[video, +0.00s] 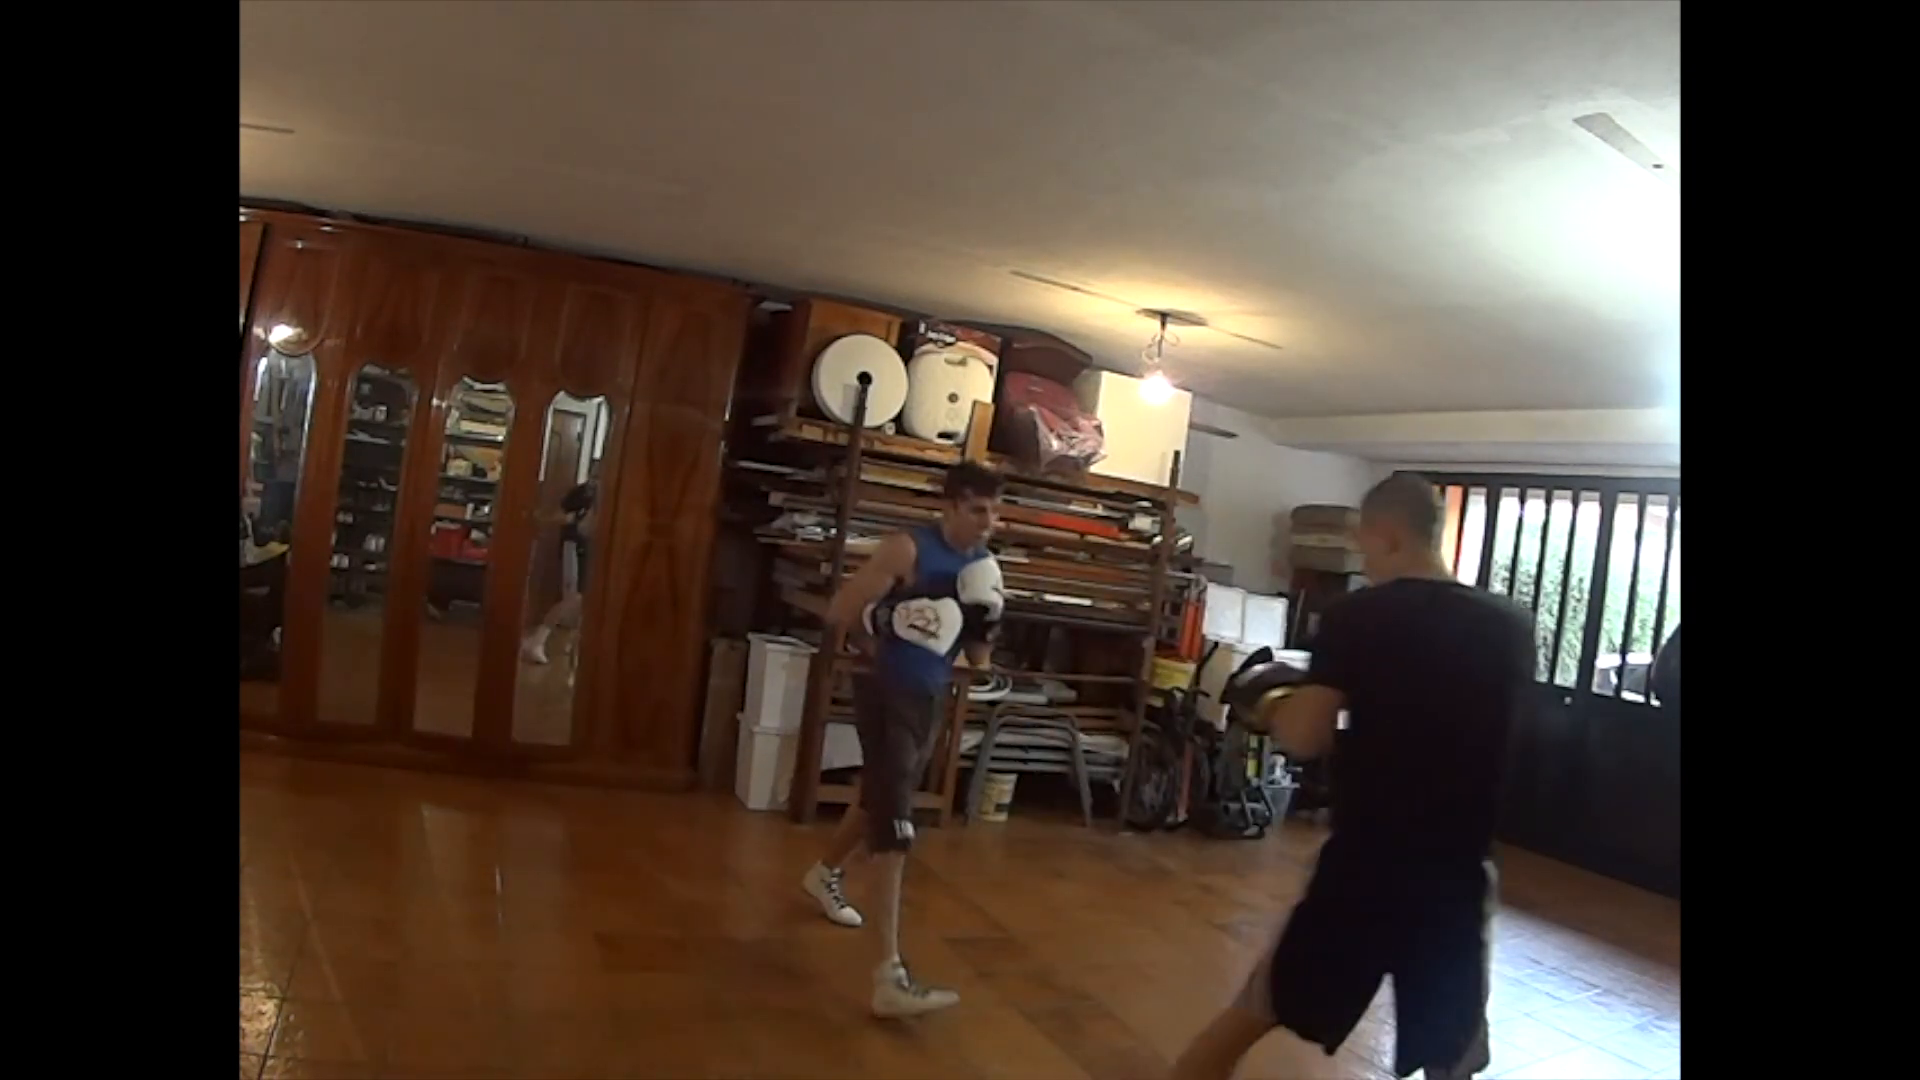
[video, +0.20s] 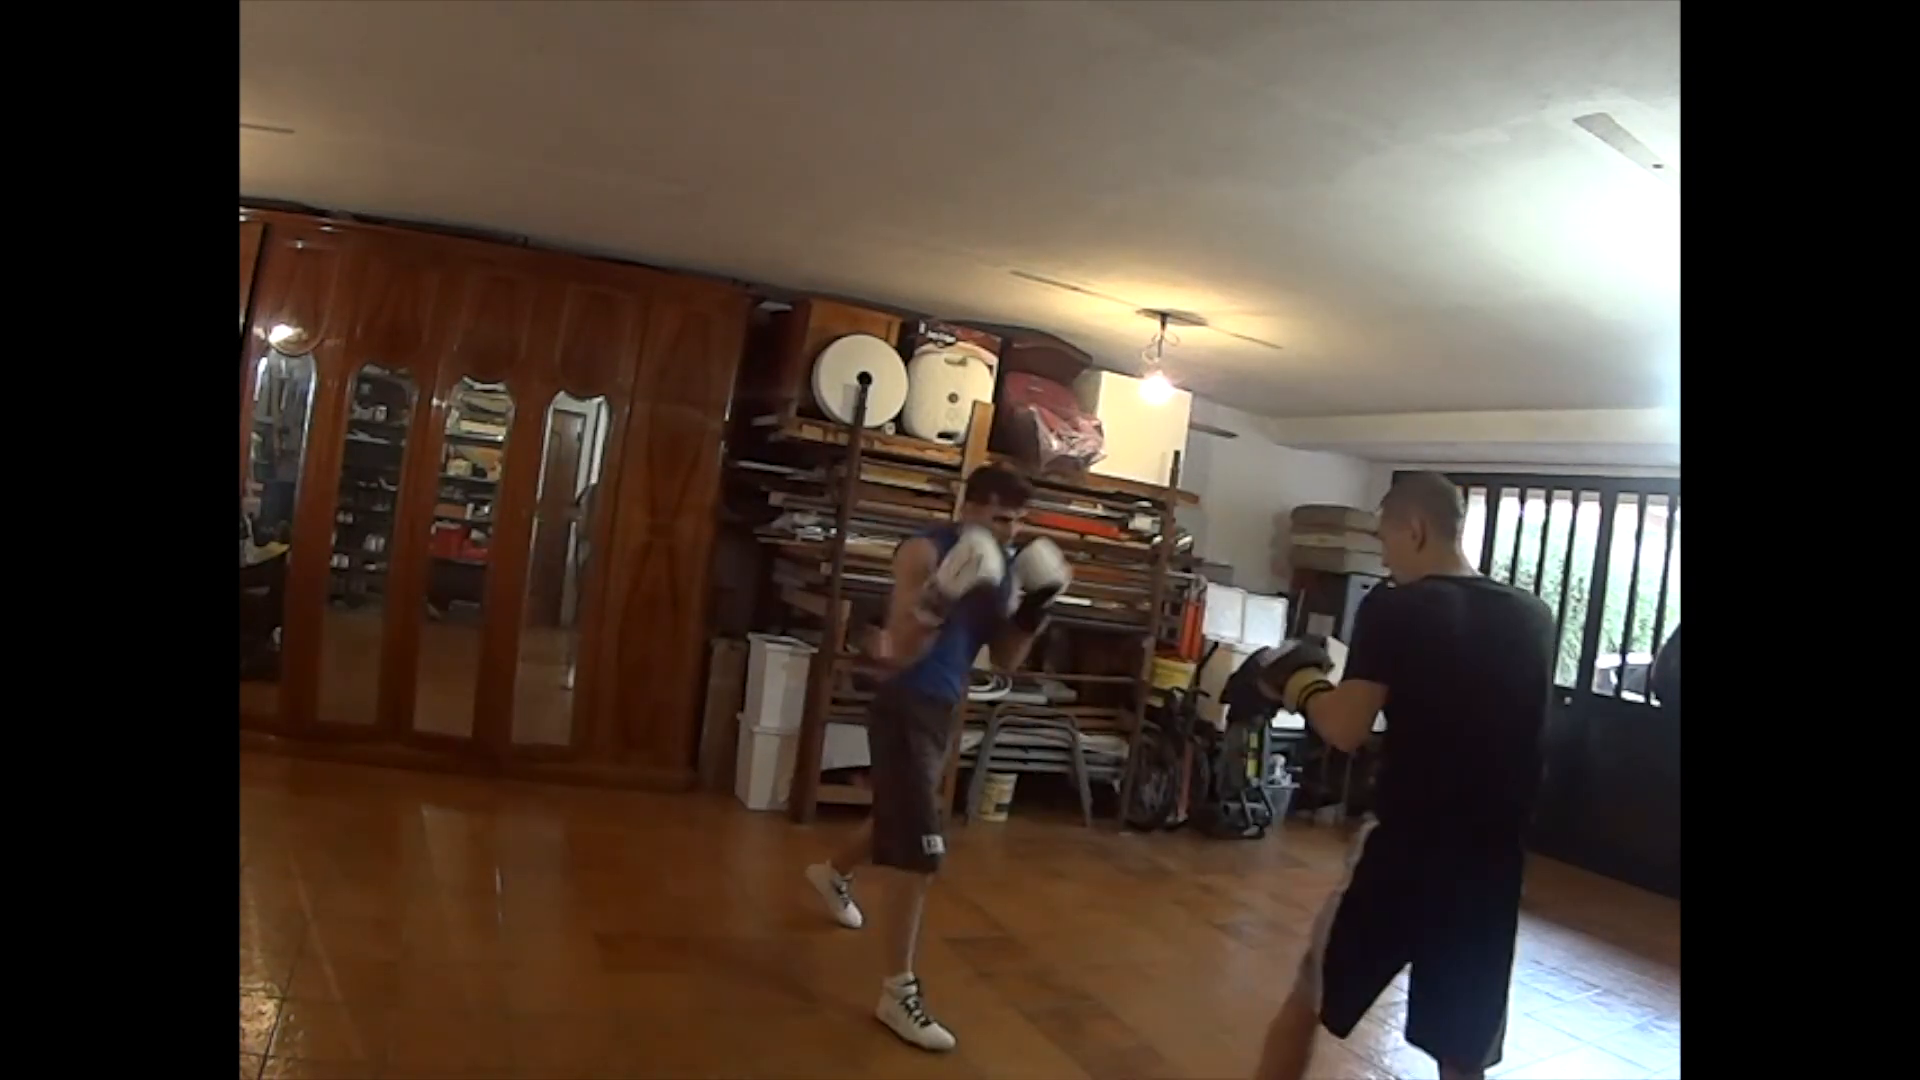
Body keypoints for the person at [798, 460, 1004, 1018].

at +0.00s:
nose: (984, 524)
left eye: (990, 515)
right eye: (976, 511)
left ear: (993, 517)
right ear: (948, 505)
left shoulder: (976, 567)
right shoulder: (905, 549)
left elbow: (977, 660)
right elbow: (840, 614)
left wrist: (985, 621)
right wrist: (882, 616)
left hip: (928, 700)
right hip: (886, 694)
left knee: (880, 803)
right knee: (893, 835)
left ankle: (824, 871)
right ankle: (888, 975)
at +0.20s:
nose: (1005, 522)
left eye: (1014, 514)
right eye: (996, 509)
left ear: (1020, 521)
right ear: (969, 503)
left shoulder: (996, 567)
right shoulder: (923, 551)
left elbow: (1006, 657)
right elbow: (899, 646)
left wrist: (1035, 605)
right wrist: (939, 592)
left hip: (943, 712)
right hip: (903, 704)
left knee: (905, 817)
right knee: (919, 849)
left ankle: (834, 869)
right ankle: (899, 991)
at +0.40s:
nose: (1026, 512)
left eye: (1034, 504)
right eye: (1021, 498)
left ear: (1031, 507)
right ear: (991, 486)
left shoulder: (999, 543)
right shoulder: (946, 539)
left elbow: (1035, 626)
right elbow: (1008, 622)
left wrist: (1065, 558)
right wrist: (1020, 552)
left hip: (967, 708)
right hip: (937, 706)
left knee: (937, 842)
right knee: (934, 860)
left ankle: (862, 921)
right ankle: (903, 993)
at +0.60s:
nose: (1049, 532)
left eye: (1056, 523)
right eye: (1049, 518)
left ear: (1028, 508)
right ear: (1024, 503)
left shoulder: (1005, 554)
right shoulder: (968, 545)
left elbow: (1036, 643)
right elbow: (1018, 635)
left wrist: (1073, 579)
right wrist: (1047, 565)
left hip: (975, 719)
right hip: (963, 721)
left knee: (948, 859)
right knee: (997, 873)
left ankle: (902, 960)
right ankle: (912, 979)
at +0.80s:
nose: (1067, 534)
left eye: (1071, 526)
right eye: (1068, 524)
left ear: (1046, 517)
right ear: (1044, 513)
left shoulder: (1024, 557)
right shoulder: (990, 545)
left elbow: (1058, 653)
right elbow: (1035, 640)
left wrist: (1096, 588)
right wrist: (1062, 568)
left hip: (995, 723)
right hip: (988, 723)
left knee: (967, 856)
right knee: (1054, 876)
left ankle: (900, 964)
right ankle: (1010, 1016)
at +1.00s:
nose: (1106, 552)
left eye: (1113, 544)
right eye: (1106, 540)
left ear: (1083, 531)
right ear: (1079, 525)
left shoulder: (1059, 567)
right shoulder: (1032, 559)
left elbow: (1099, 666)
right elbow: (1075, 660)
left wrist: (1139, 593)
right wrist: (1102, 582)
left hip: (1019, 743)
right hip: (1019, 746)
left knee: (970, 867)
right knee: (1066, 903)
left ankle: (899, 965)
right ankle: (1093, 1046)